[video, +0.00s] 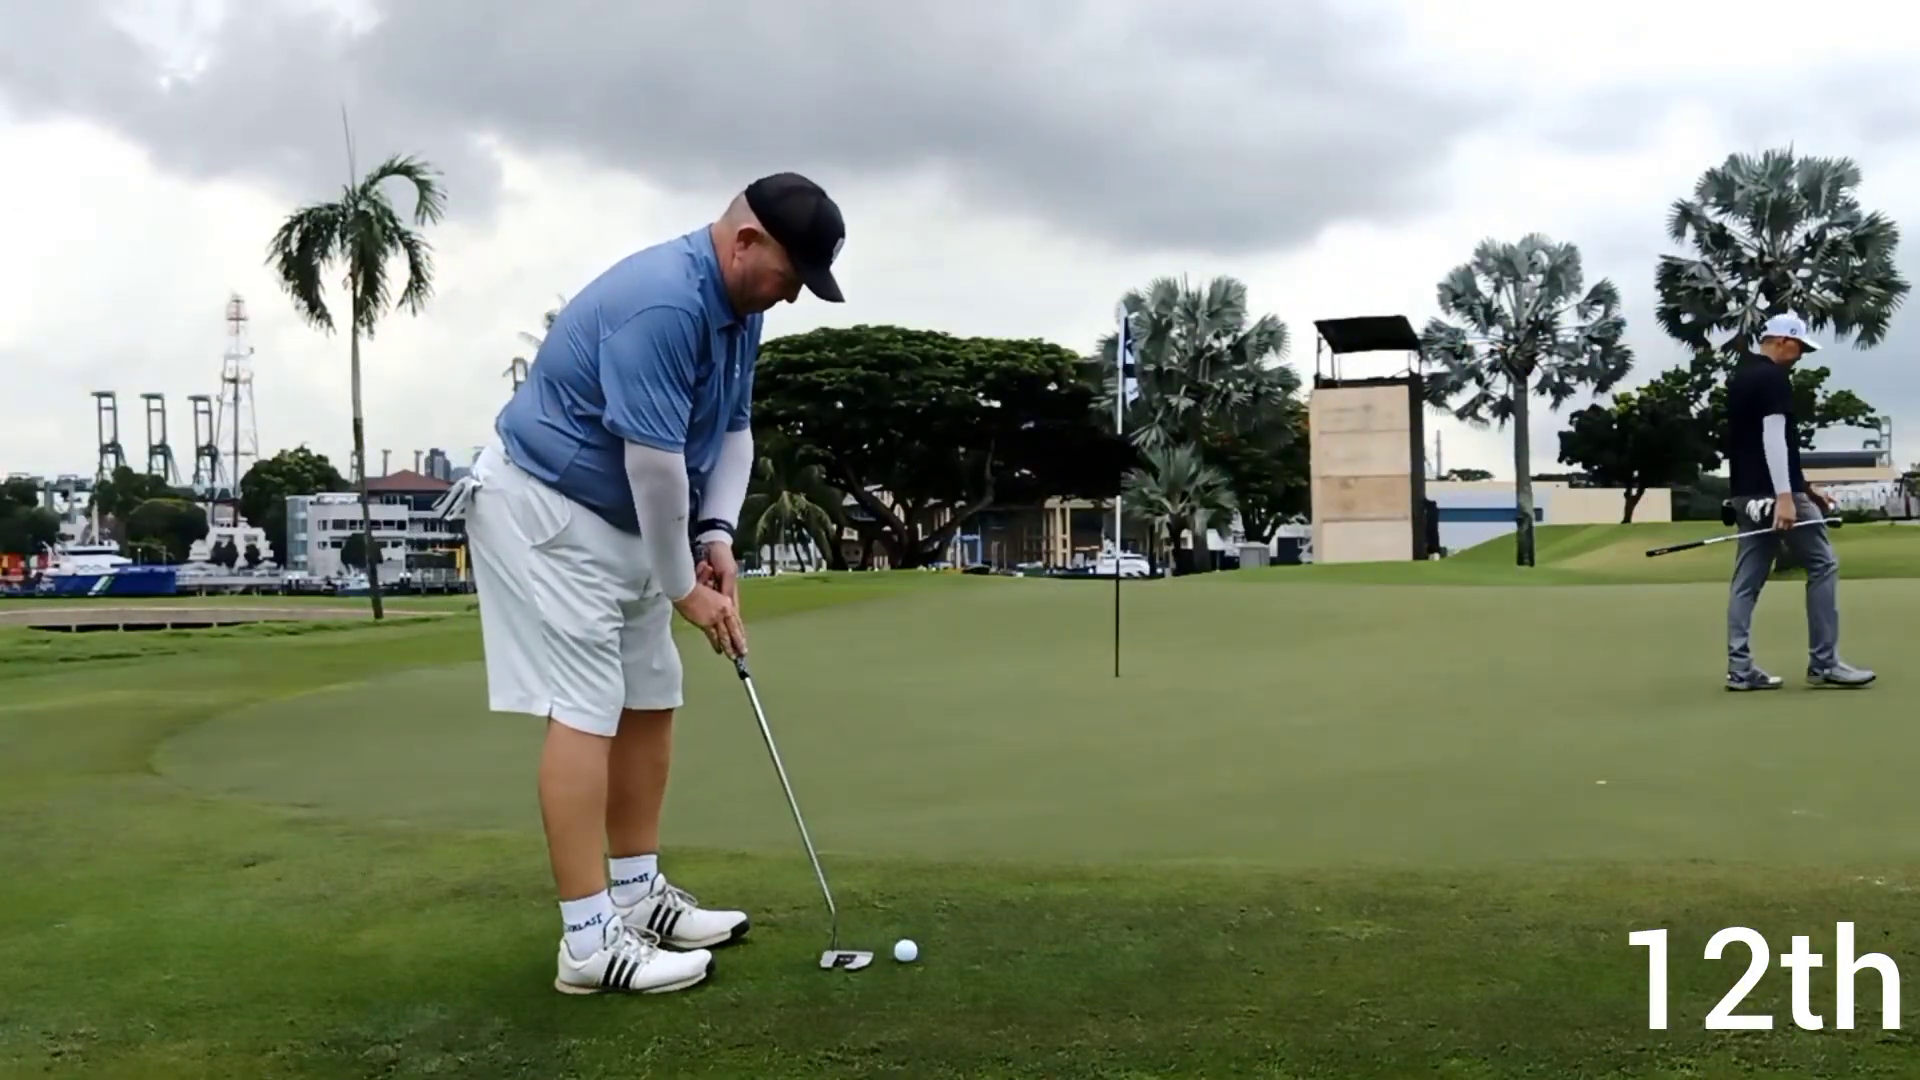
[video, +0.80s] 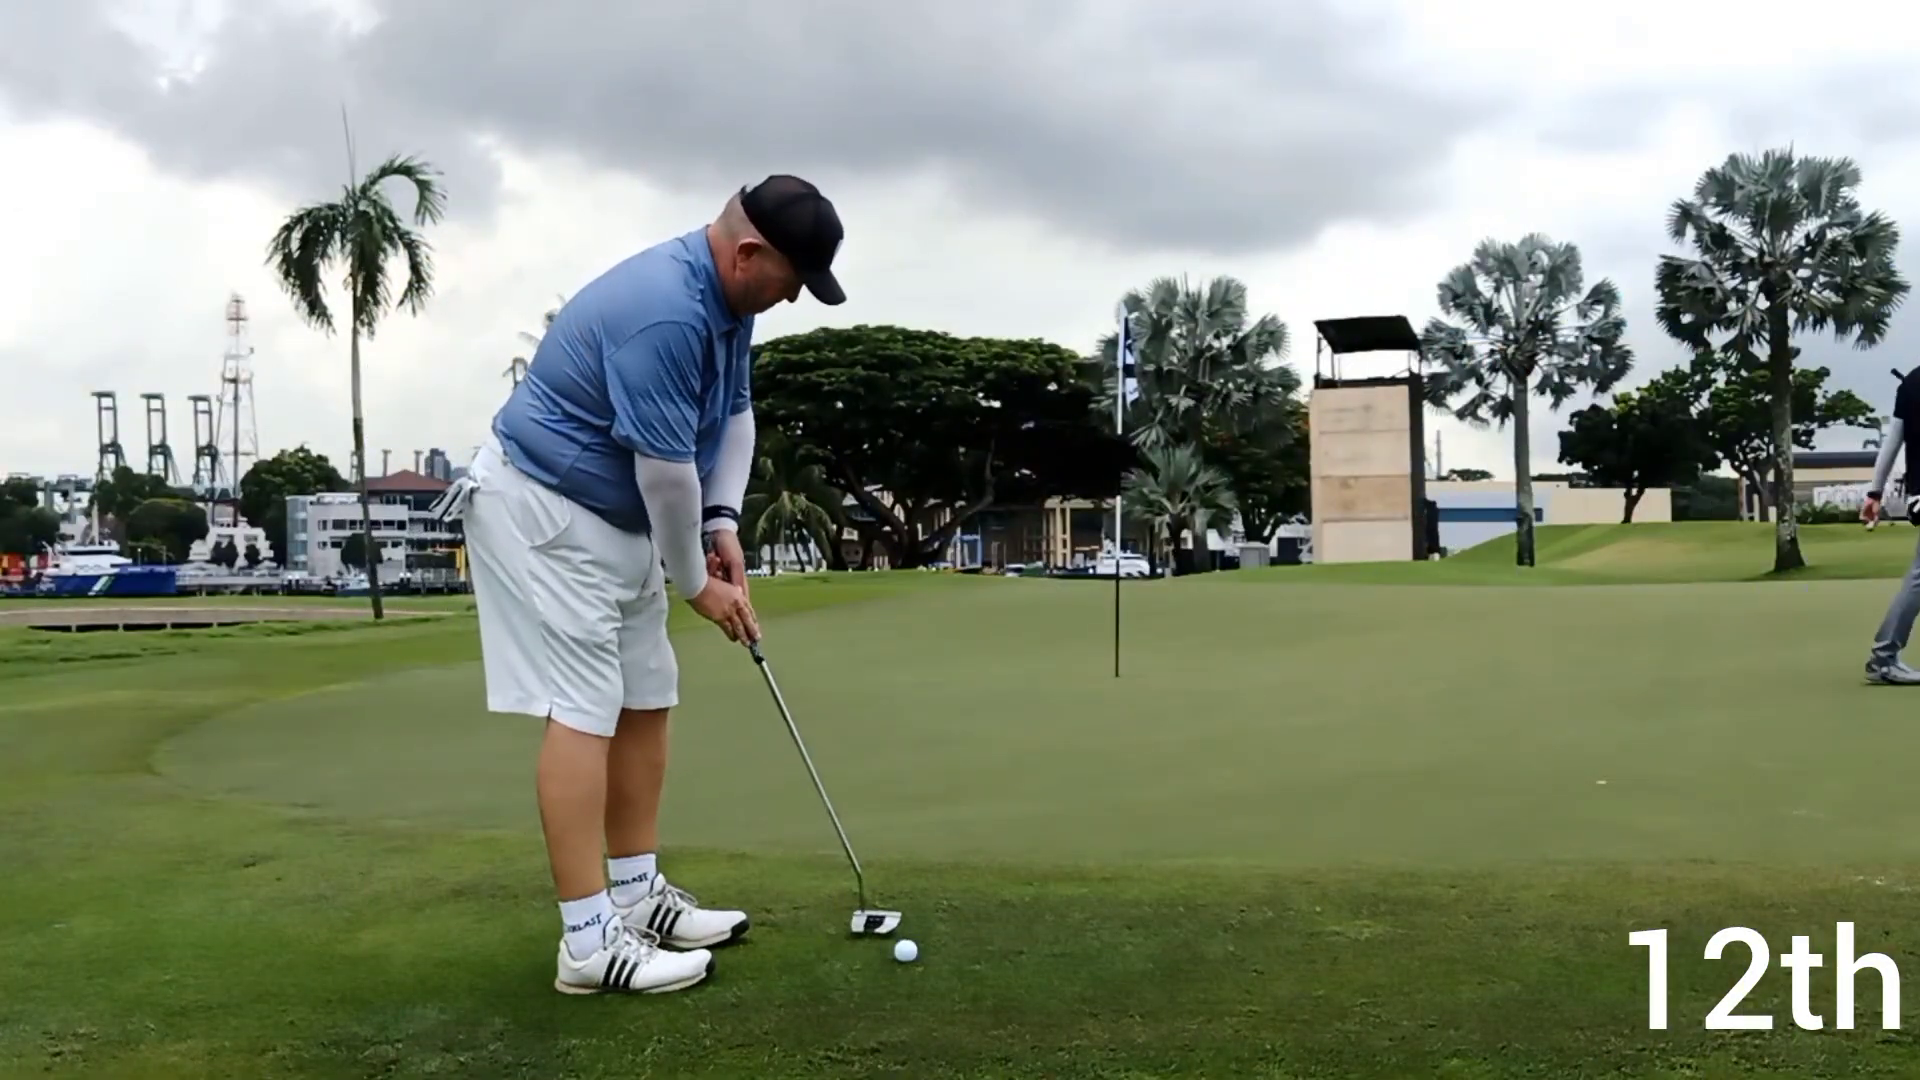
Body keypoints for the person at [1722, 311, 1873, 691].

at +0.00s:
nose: (1799, 356)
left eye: (1801, 350)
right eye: (1798, 349)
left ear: (1774, 341)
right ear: (1782, 341)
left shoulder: (1744, 375)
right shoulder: (1772, 378)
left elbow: (1764, 447)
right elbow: (1773, 440)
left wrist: (1805, 488)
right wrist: (1784, 496)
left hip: (1750, 496)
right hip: (1780, 495)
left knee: (1746, 582)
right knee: (1823, 566)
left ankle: (1739, 667)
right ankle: (1824, 661)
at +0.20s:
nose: (1849, 358)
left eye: (1851, 352)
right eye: (1848, 351)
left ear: (1822, 344)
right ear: (1831, 344)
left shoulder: (1791, 378)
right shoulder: (1821, 381)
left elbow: (1808, 450)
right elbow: (1822, 446)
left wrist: (1853, 482)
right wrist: (1831, 504)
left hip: (1793, 498)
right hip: (1827, 499)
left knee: (1780, 578)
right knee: (1857, 576)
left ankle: (1747, 658)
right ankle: (1877, 661)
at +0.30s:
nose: (1876, 355)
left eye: (1878, 348)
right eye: (1875, 347)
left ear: (1847, 341)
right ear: (1859, 341)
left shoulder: (1813, 378)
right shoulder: (1847, 379)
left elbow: (1806, 441)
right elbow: (1848, 441)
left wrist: (1814, 494)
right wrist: (1862, 498)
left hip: (1821, 496)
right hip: (1852, 495)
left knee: (1823, 573)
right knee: (1873, 578)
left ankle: (1771, 640)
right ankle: (1879, 662)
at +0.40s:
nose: (1898, 354)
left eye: (1901, 348)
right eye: (1898, 346)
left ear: (1867, 338)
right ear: (1883, 339)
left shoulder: (1833, 375)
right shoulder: (1871, 374)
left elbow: (1832, 435)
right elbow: (1869, 428)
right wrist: (1897, 481)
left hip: (1842, 490)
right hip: (1873, 490)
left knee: (1864, 570)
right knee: (1881, 575)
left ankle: (1812, 628)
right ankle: (1879, 662)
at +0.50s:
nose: (1918, 351)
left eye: (1919, 344)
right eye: (1917, 343)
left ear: (1890, 336)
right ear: (1906, 337)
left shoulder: (1855, 372)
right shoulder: (1893, 370)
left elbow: (1849, 438)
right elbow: (1897, 419)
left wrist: (1846, 491)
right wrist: (1919, 464)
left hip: (1867, 488)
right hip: (1894, 490)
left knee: (1910, 562)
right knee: (1894, 572)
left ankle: (1866, 636)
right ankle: (1879, 661)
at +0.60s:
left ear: (1899, 335)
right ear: (1914, 336)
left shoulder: (1870, 371)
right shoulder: (1909, 370)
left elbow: (1855, 436)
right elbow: (1914, 418)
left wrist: (1847, 489)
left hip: (1884, 485)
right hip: (1907, 486)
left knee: (1912, 574)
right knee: (1897, 575)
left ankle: (1909, 655)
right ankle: (1880, 662)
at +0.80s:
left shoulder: (1911, 384)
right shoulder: (1911, 384)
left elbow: (1892, 440)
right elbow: (1893, 440)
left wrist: (1875, 491)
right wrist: (1876, 491)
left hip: (1916, 501)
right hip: (1916, 501)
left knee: (1916, 579)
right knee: (1916, 579)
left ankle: (1885, 655)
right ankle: (1884, 655)